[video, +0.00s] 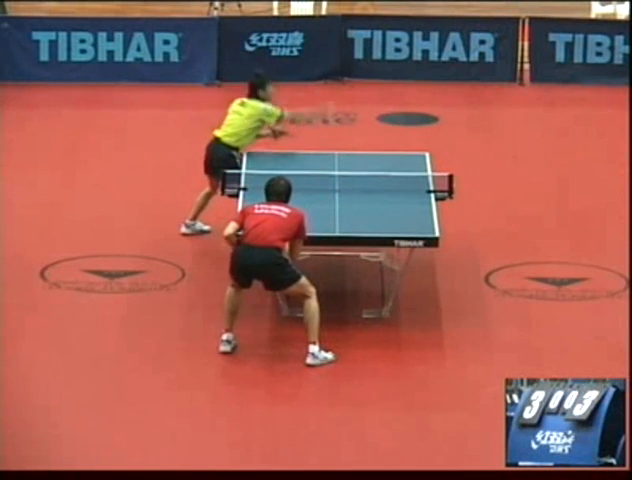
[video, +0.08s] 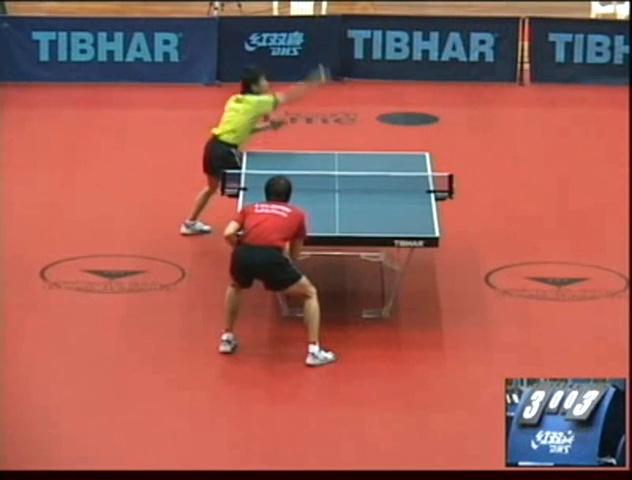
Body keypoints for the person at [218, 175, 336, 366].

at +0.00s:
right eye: (286, 194)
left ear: (266, 195)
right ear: (288, 196)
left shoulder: (250, 209)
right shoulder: (296, 216)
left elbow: (228, 233)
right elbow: (294, 254)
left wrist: (240, 247)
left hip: (243, 252)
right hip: (271, 255)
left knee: (235, 287)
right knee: (310, 294)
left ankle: (227, 335)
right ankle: (314, 349)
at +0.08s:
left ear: (266, 194)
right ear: (288, 196)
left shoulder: (250, 209)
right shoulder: (297, 215)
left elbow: (229, 233)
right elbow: (295, 253)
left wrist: (241, 246)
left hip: (244, 252)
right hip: (272, 254)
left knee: (235, 286)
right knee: (310, 294)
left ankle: (227, 335)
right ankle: (314, 349)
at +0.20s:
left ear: (266, 192)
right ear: (289, 194)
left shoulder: (251, 207)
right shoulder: (297, 213)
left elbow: (229, 232)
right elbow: (296, 252)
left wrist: (244, 243)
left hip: (244, 252)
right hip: (272, 254)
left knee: (236, 286)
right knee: (310, 294)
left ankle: (227, 335)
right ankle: (314, 349)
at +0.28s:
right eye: (286, 188)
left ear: (267, 190)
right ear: (289, 191)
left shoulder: (251, 206)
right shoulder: (298, 211)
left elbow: (230, 231)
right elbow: (297, 250)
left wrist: (244, 242)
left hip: (246, 250)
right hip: (274, 252)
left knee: (237, 285)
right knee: (311, 293)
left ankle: (227, 335)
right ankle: (314, 349)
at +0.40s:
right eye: (287, 183)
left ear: (267, 185)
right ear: (289, 186)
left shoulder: (252, 201)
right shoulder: (299, 206)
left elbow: (233, 227)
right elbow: (299, 245)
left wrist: (243, 242)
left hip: (249, 247)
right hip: (277, 249)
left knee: (237, 285)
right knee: (311, 293)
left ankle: (227, 336)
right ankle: (314, 349)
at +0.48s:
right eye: (286, 179)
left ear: (266, 181)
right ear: (288, 182)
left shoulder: (251, 199)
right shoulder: (299, 203)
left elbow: (233, 225)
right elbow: (299, 242)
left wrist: (243, 238)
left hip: (250, 246)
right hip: (278, 248)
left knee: (237, 285)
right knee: (311, 293)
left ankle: (228, 336)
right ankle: (314, 349)